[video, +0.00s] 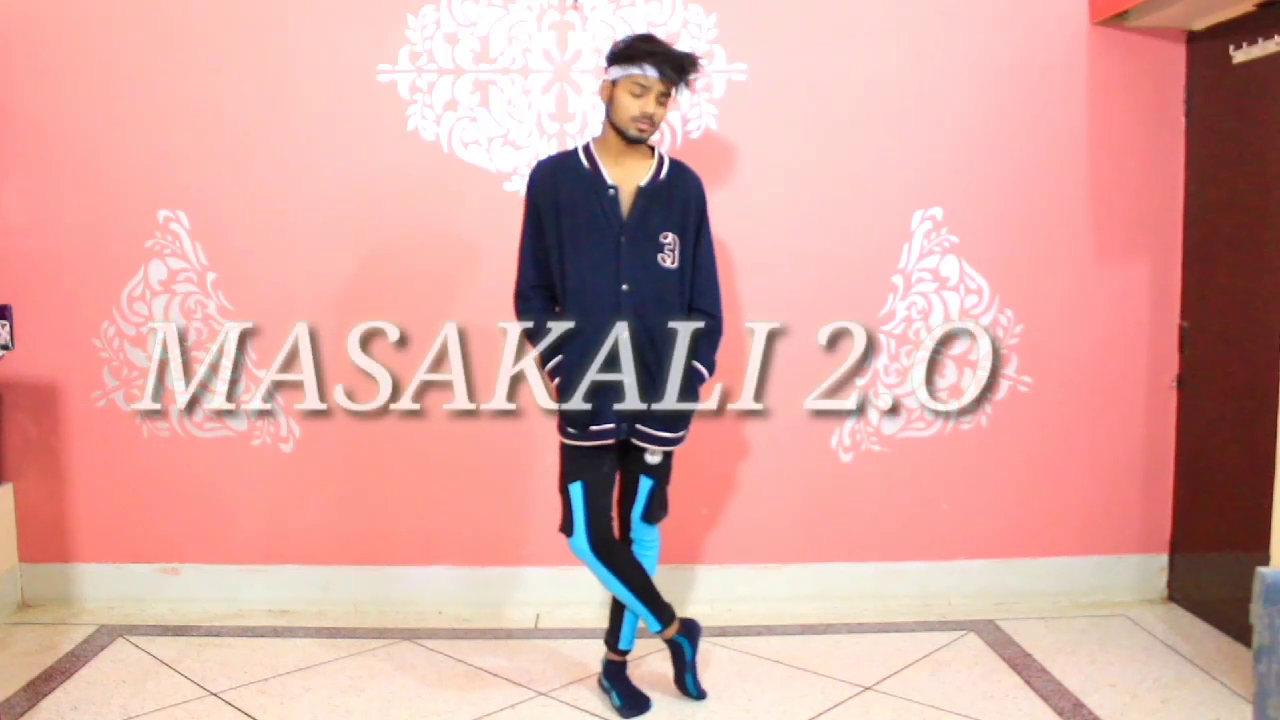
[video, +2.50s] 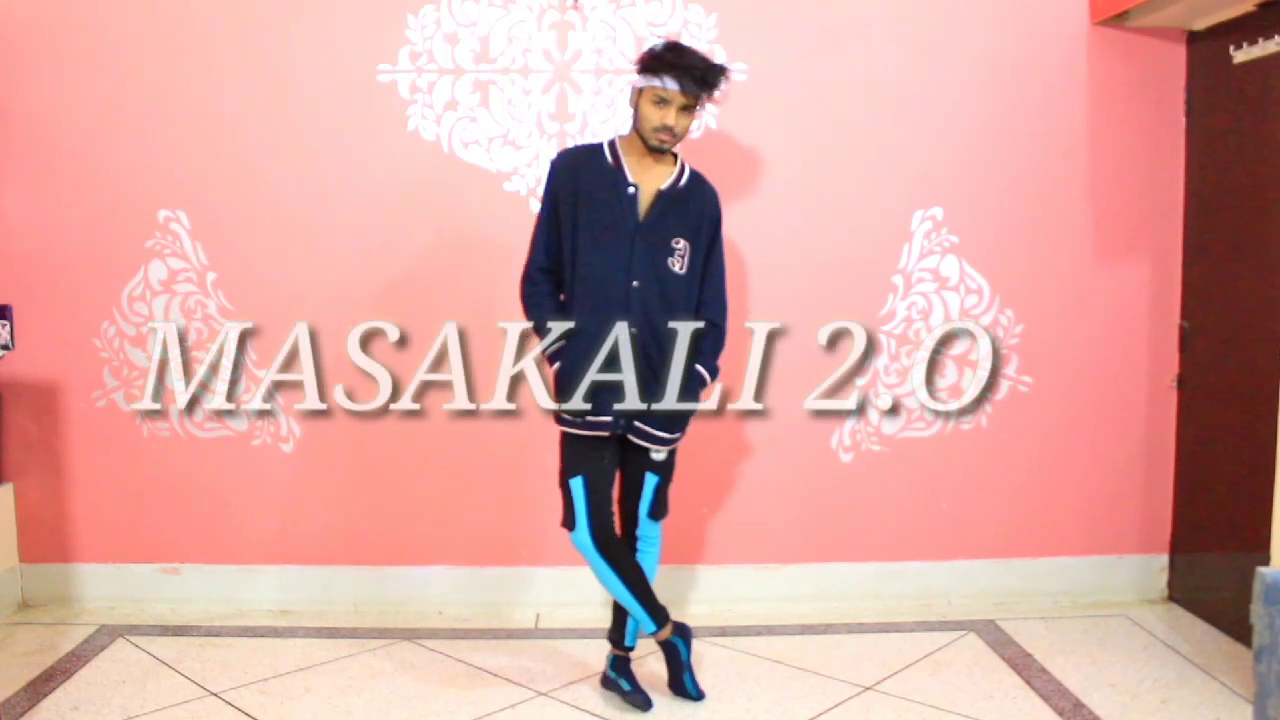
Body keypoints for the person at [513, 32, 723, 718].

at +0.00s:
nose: (651, 108)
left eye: (662, 98)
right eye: (638, 92)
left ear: (671, 105)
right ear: (607, 91)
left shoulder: (682, 184)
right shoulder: (555, 177)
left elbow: (704, 291)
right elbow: (532, 289)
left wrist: (699, 370)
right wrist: (557, 361)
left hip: (664, 384)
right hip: (587, 383)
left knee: (642, 525)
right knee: (587, 533)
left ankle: (616, 661)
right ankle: (675, 630)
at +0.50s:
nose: (652, 114)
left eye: (662, 102)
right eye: (640, 99)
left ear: (671, 106)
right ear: (607, 97)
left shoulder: (681, 181)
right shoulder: (555, 176)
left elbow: (703, 291)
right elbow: (531, 289)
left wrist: (696, 367)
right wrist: (557, 360)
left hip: (661, 383)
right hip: (585, 383)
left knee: (640, 525)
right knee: (586, 531)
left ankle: (616, 660)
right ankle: (668, 632)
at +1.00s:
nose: (649, 119)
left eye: (658, 106)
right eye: (637, 105)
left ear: (668, 106)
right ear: (603, 100)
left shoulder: (678, 179)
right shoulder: (553, 178)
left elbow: (700, 287)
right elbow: (529, 291)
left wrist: (698, 364)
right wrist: (557, 363)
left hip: (663, 384)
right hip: (587, 386)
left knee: (639, 525)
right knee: (589, 532)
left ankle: (616, 662)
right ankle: (674, 630)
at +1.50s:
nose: (654, 125)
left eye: (663, 112)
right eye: (641, 111)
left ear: (671, 111)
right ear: (607, 104)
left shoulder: (682, 182)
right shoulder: (556, 179)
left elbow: (706, 293)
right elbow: (534, 291)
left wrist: (698, 370)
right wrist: (561, 363)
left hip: (666, 387)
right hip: (590, 387)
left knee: (644, 527)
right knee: (587, 532)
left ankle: (616, 661)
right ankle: (674, 633)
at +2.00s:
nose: (662, 126)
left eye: (673, 113)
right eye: (650, 110)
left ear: (682, 115)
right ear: (619, 103)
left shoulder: (692, 186)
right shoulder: (565, 177)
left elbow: (712, 296)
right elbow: (540, 290)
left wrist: (703, 368)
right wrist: (566, 358)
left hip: (670, 388)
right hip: (593, 385)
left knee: (645, 526)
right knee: (583, 529)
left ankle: (617, 662)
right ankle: (669, 634)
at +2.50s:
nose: (669, 120)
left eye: (683, 110)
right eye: (660, 103)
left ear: (696, 117)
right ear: (635, 98)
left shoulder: (699, 196)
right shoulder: (575, 169)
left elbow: (712, 299)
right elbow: (539, 275)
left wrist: (703, 372)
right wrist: (559, 347)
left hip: (665, 386)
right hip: (588, 380)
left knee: (643, 524)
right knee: (586, 526)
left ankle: (619, 661)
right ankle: (669, 634)